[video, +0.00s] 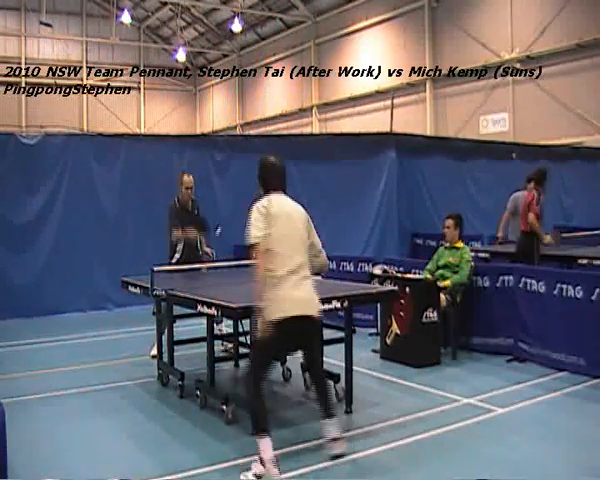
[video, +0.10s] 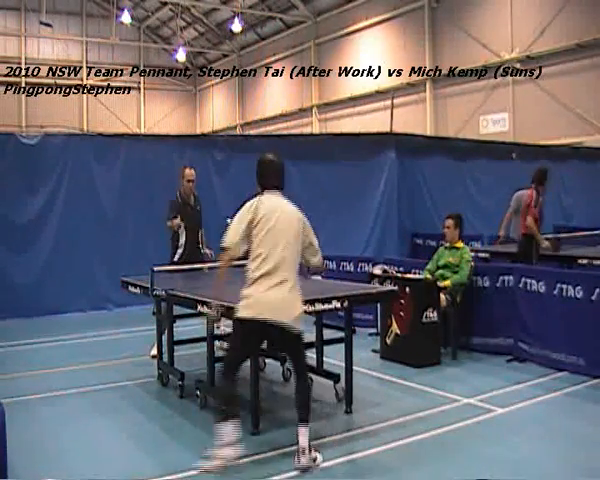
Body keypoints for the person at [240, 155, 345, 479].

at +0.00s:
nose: (259, 183)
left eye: (259, 178)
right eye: (267, 176)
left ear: (261, 181)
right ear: (284, 180)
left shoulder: (261, 209)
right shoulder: (300, 210)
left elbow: (259, 257)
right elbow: (321, 262)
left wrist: (260, 311)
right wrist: (294, 270)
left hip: (278, 316)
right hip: (310, 314)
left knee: (254, 380)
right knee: (317, 371)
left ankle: (266, 458)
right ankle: (334, 436)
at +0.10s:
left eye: (259, 177)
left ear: (258, 180)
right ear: (283, 180)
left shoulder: (252, 208)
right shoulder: (297, 215)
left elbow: (230, 247)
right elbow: (316, 263)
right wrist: (301, 260)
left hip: (252, 310)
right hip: (287, 313)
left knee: (228, 371)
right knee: (302, 372)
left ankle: (227, 443)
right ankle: (303, 448)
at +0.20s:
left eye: (257, 186)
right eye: (273, 186)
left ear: (253, 189)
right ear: (278, 190)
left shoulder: (244, 216)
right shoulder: (288, 225)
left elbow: (216, 251)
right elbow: (308, 269)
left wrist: (206, 261)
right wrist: (305, 270)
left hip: (237, 325)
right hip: (275, 329)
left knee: (210, 379)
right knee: (295, 381)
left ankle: (182, 448)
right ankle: (303, 453)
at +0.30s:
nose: (263, 213)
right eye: (264, 208)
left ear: (240, 210)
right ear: (264, 212)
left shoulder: (225, 236)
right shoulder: (261, 248)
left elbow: (199, 253)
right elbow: (284, 298)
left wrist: (206, 249)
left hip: (211, 345)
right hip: (245, 348)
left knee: (184, 395)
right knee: (282, 380)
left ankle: (152, 461)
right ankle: (302, 453)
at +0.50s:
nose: (243, 221)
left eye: (242, 214)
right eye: (243, 215)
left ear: (218, 209)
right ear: (240, 216)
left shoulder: (197, 230)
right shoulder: (226, 246)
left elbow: (167, 251)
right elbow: (234, 297)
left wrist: (148, 268)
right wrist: (241, 297)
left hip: (175, 335)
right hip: (208, 338)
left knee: (160, 392)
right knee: (248, 391)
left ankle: (151, 457)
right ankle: (289, 451)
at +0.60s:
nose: (210, 213)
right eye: (209, 209)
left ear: (180, 205)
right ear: (204, 209)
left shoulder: (165, 231)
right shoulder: (213, 240)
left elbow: (135, 245)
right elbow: (233, 269)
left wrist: (132, 228)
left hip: (172, 337)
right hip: (207, 337)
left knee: (153, 382)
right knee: (227, 391)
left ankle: (153, 452)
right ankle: (252, 456)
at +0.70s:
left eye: (170, 207)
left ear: (168, 213)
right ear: (193, 213)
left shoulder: (162, 242)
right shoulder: (202, 239)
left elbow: (132, 271)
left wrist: (131, 260)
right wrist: (182, 190)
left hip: (178, 342)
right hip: (210, 341)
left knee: (154, 379)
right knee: (213, 407)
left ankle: (155, 453)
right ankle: (232, 466)